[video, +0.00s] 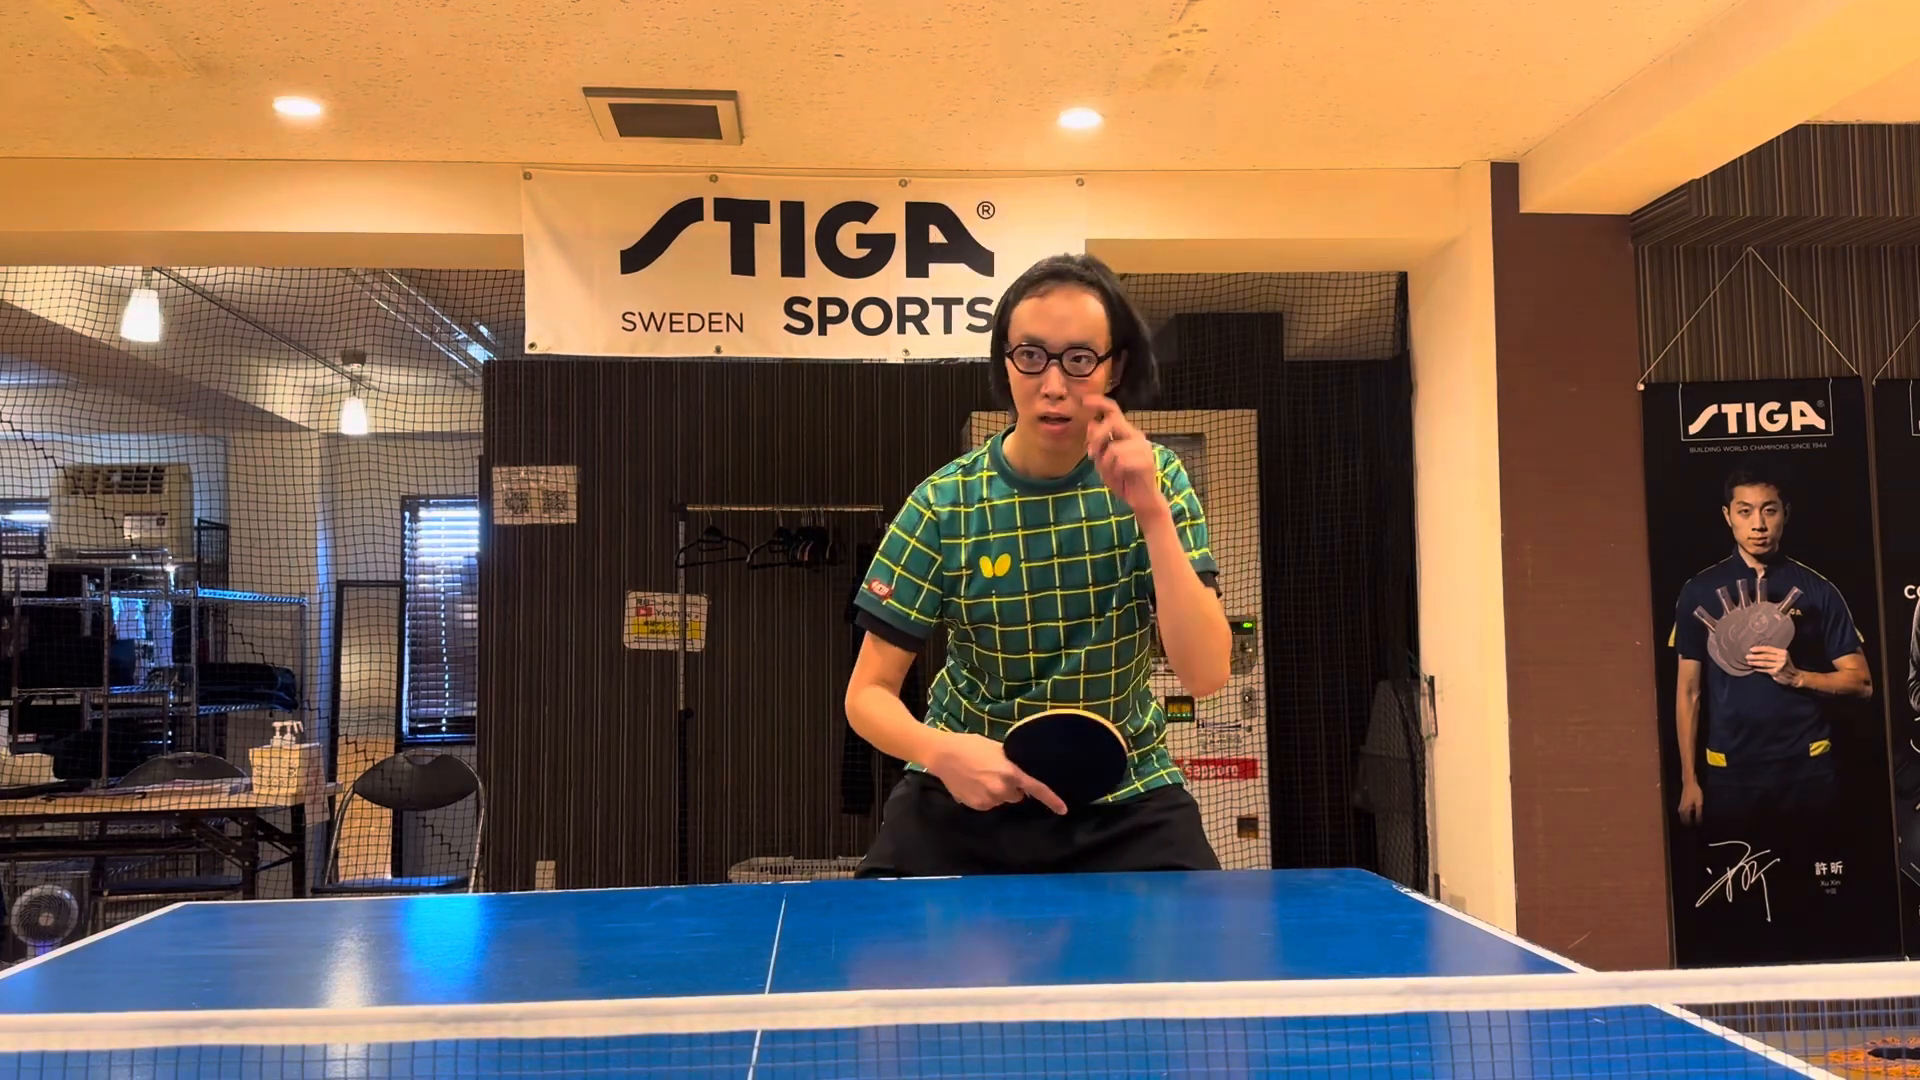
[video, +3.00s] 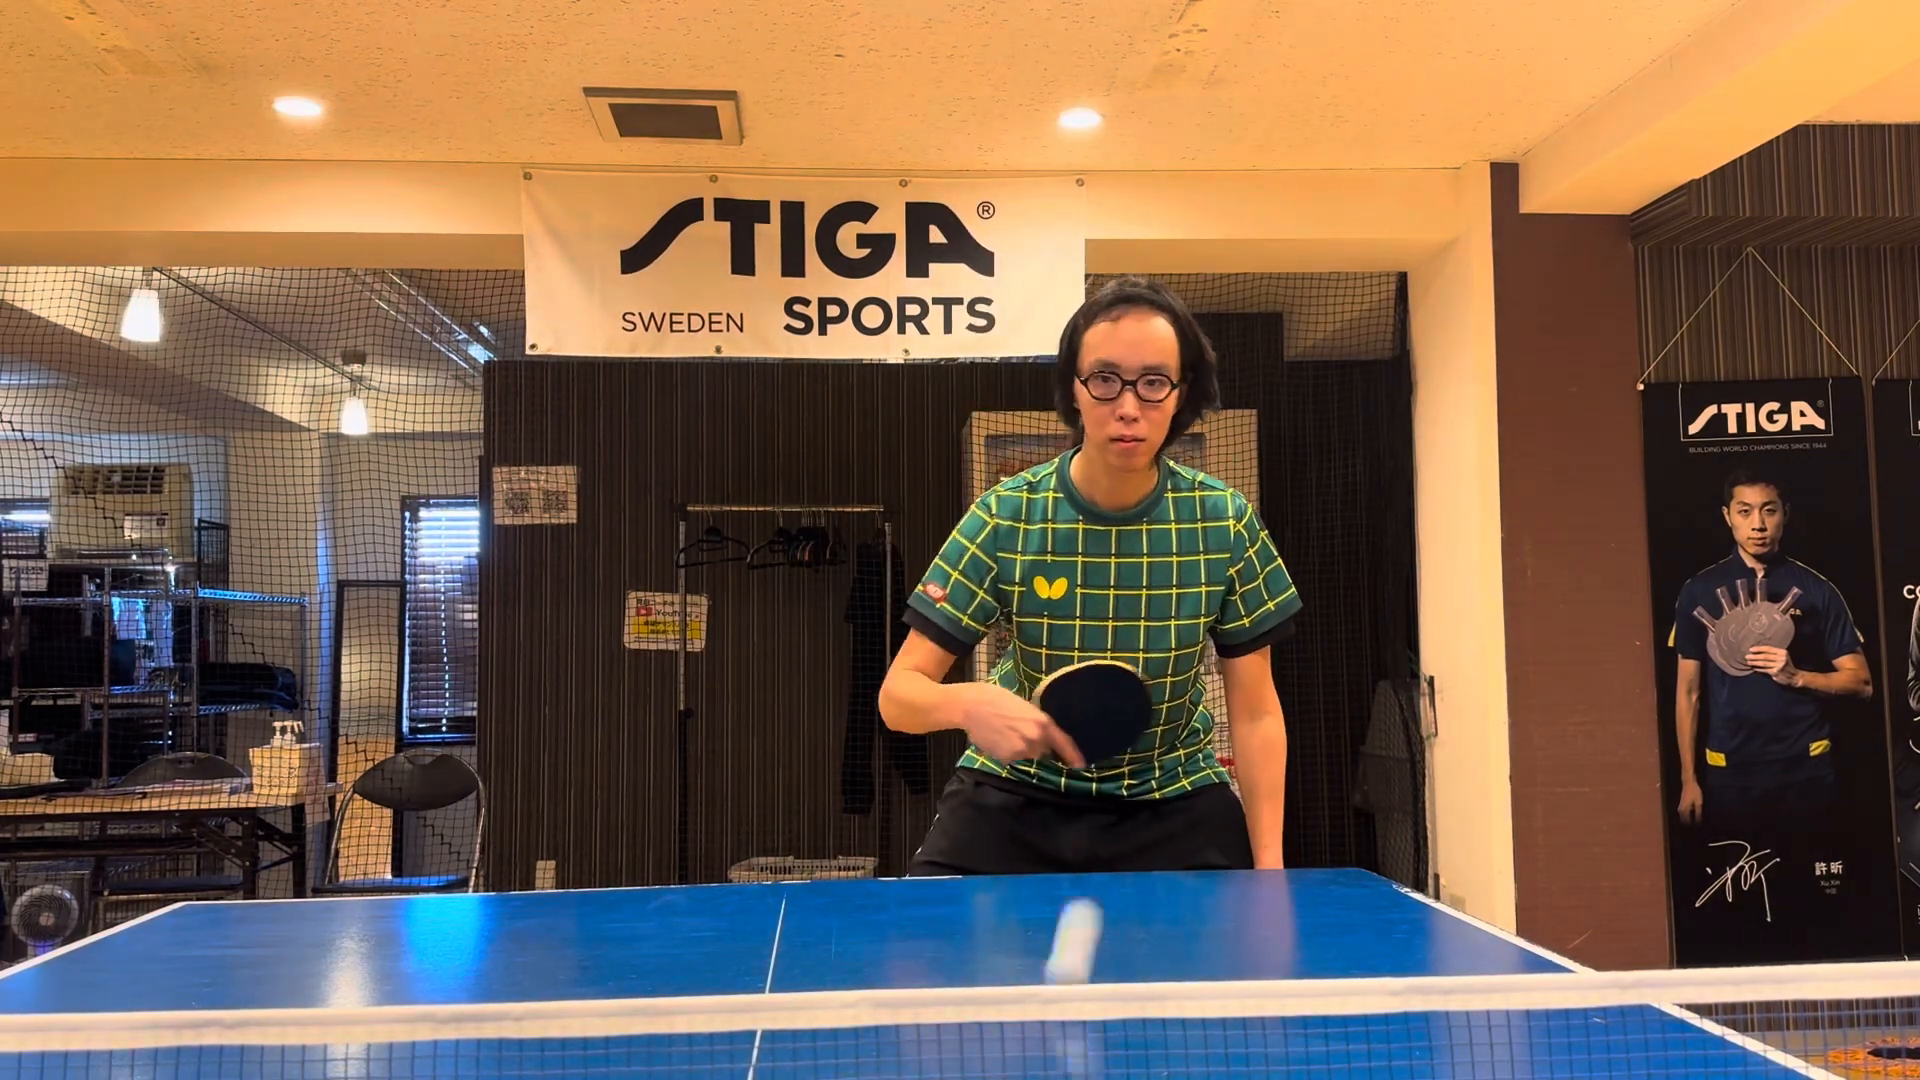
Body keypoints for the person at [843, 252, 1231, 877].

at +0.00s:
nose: (1053, 386)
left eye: (1079, 360)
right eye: (1031, 357)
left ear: (1116, 369)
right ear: (1004, 365)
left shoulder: (1154, 480)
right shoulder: (944, 504)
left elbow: (1204, 673)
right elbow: (867, 694)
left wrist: (1153, 516)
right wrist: (939, 752)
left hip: (1127, 792)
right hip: (959, 799)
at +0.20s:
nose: (1032, 387)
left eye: (1058, 363)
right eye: (1010, 361)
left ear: (1096, 378)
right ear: (986, 374)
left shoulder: (1149, 493)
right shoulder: (933, 513)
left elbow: (1203, 684)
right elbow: (869, 694)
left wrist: (1162, 623)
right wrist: (898, 767)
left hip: (1121, 792)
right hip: (962, 796)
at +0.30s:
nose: (1028, 394)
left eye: (1053, 369)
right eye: (1006, 367)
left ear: (1091, 383)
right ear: (982, 380)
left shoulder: (1149, 502)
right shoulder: (927, 521)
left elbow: (1202, 651)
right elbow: (873, 692)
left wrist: (1156, 668)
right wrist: (876, 760)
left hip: (1123, 811)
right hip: (956, 813)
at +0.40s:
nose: (1030, 400)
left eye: (1056, 371)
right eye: (1007, 370)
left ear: (1094, 383)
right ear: (983, 383)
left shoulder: (1149, 505)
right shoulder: (930, 522)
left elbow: (1197, 651)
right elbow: (879, 682)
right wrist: (862, 758)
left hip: (1110, 812)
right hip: (953, 808)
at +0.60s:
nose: (1052, 384)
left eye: (1078, 360)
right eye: (1030, 358)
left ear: (1116, 374)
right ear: (1006, 371)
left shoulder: (1173, 502)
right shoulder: (953, 510)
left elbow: (1212, 676)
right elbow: (891, 673)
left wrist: (1212, 831)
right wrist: (880, 724)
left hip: (1131, 805)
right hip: (968, 802)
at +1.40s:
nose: (1031, 359)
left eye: (1056, 338)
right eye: (1011, 338)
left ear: (1094, 361)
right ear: (987, 358)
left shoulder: (1154, 501)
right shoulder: (936, 503)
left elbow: (1207, 695)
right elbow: (934, 710)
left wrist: (1225, 868)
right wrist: (875, 635)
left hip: (1135, 801)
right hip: (974, 799)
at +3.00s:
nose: (1129, 406)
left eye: (1154, 382)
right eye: (1105, 379)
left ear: (1182, 394)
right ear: (1074, 389)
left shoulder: (1223, 521)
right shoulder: (1005, 516)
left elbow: (1256, 713)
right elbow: (898, 696)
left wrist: (1269, 875)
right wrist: (968, 704)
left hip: (1174, 801)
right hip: (1012, 798)